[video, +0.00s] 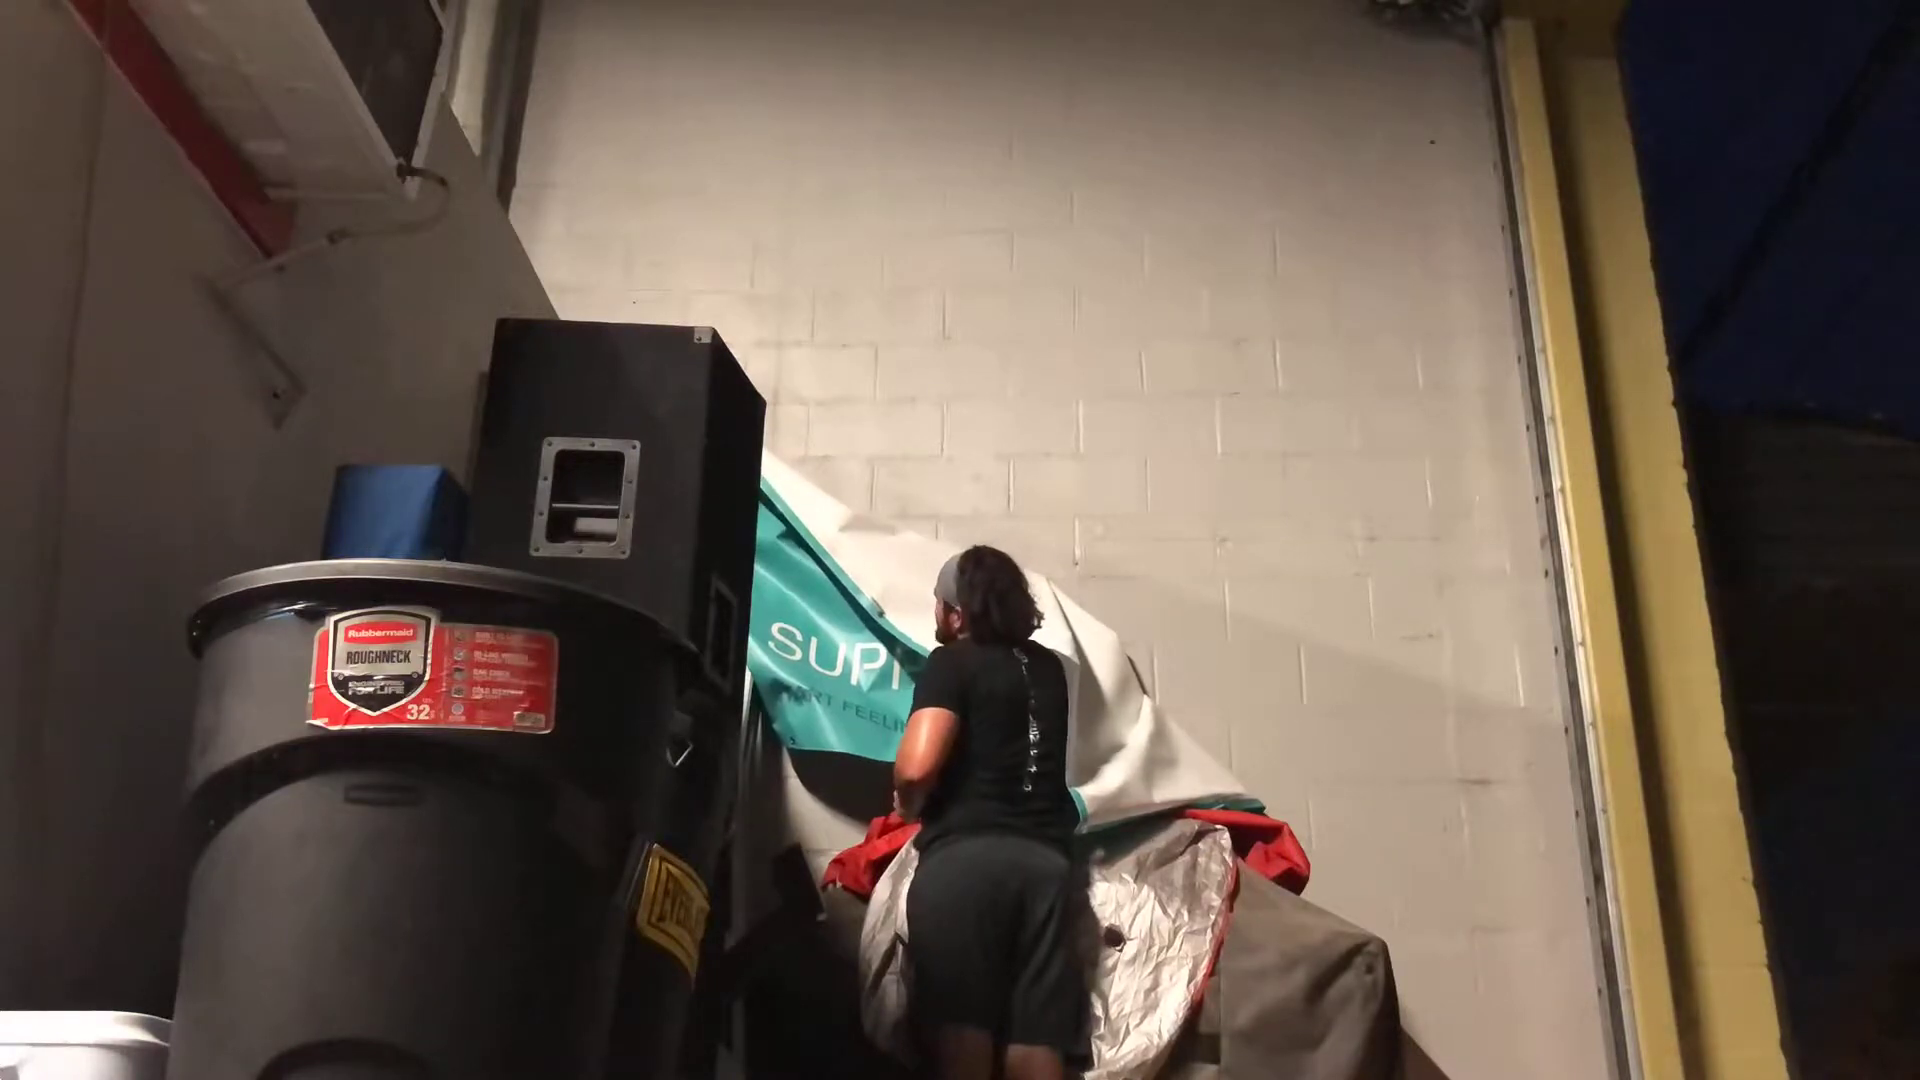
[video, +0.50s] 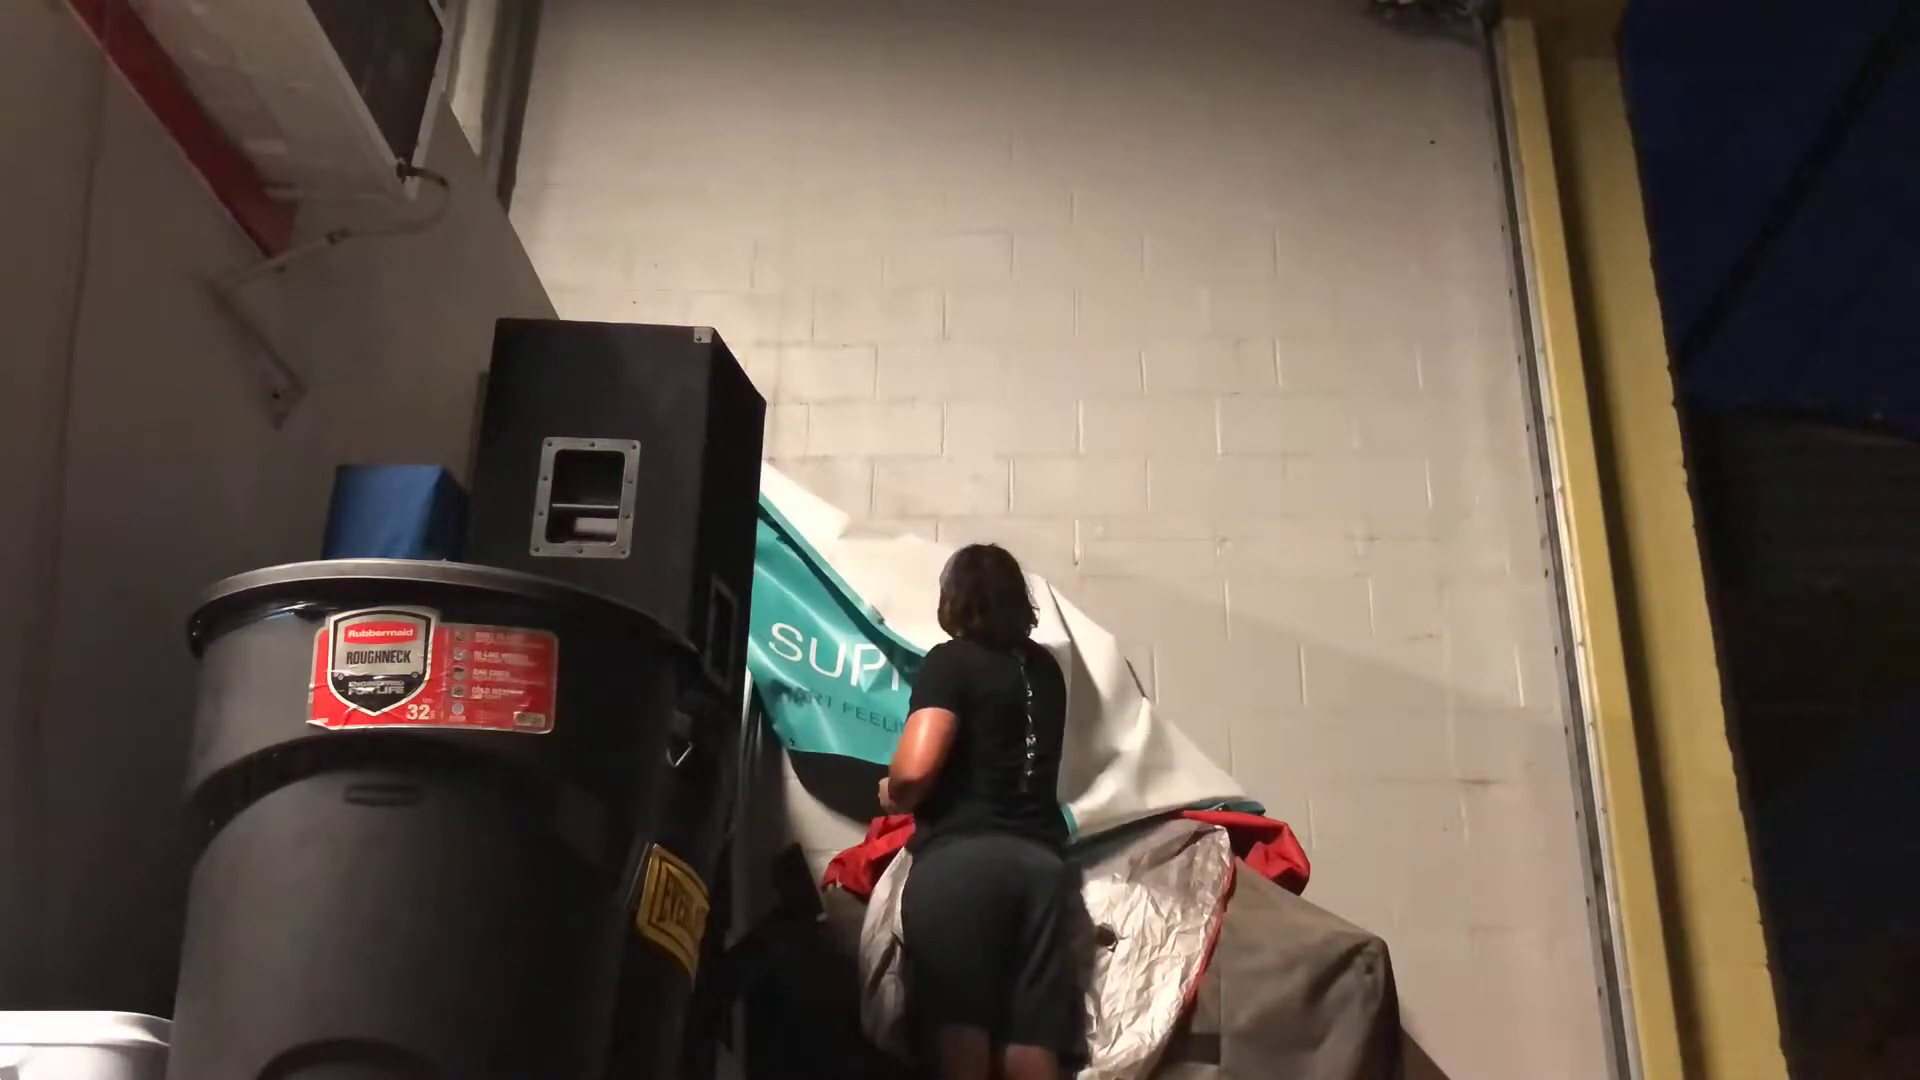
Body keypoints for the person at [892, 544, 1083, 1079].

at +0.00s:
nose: (935, 617)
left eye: (939, 606)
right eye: (937, 605)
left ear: (957, 612)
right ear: (1015, 608)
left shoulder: (952, 661)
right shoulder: (1054, 668)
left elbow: (917, 764)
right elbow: (1045, 760)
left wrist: (907, 802)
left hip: (966, 855)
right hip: (1050, 861)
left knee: (962, 1038)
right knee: (1038, 1046)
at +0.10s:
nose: (934, 613)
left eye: (937, 602)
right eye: (936, 601)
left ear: (957, 612)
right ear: (1013, 607)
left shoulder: (951, 662)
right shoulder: (1052, 667)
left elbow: (913, 767)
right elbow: (1044, 760)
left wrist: (907, 805)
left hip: (966, 855)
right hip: (1049, 862)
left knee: (962, 1038)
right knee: (1038, 1045)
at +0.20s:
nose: (879, 626)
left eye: (881, 615)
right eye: (879, 614)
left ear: (894, 618)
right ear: (956, 604)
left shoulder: (910, 674)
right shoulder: (999, 658)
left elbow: (895, 788)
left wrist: (881, 825)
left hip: (956, 861)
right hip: (1041, 862)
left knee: (958, 1041)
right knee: (1033, 1045)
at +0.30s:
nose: (881, 627)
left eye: (883, 615)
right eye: (881, 615)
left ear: (897, 618)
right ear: (958, 604)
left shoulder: (911, 674)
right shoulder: (1002, 657)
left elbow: (896, 789)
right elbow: (1012, 760)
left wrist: (883, 827)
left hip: (957, 860)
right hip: (1042, 861)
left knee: (958, 1039)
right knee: (1033, 1043)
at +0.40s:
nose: (942, 603)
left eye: (946, 594)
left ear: (952, 603)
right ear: (1018, 603)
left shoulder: (948, 662)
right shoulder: (1047, 668)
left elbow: (914, 771)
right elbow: (1034, 762)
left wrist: (894, 797)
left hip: (962, 859)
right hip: (1045, 863)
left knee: (959, 1040)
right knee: (1036, 1045)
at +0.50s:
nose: (942, 602)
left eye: (946, 593)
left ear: (953, 601)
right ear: (1018, 601)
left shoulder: (949, 661)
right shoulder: (1048, 667)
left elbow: (915, 769)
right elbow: (1036, 761)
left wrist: (892, 795)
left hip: (960, 858)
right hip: (1043, 863)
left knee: (959, 1039)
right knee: (1035, 1045)